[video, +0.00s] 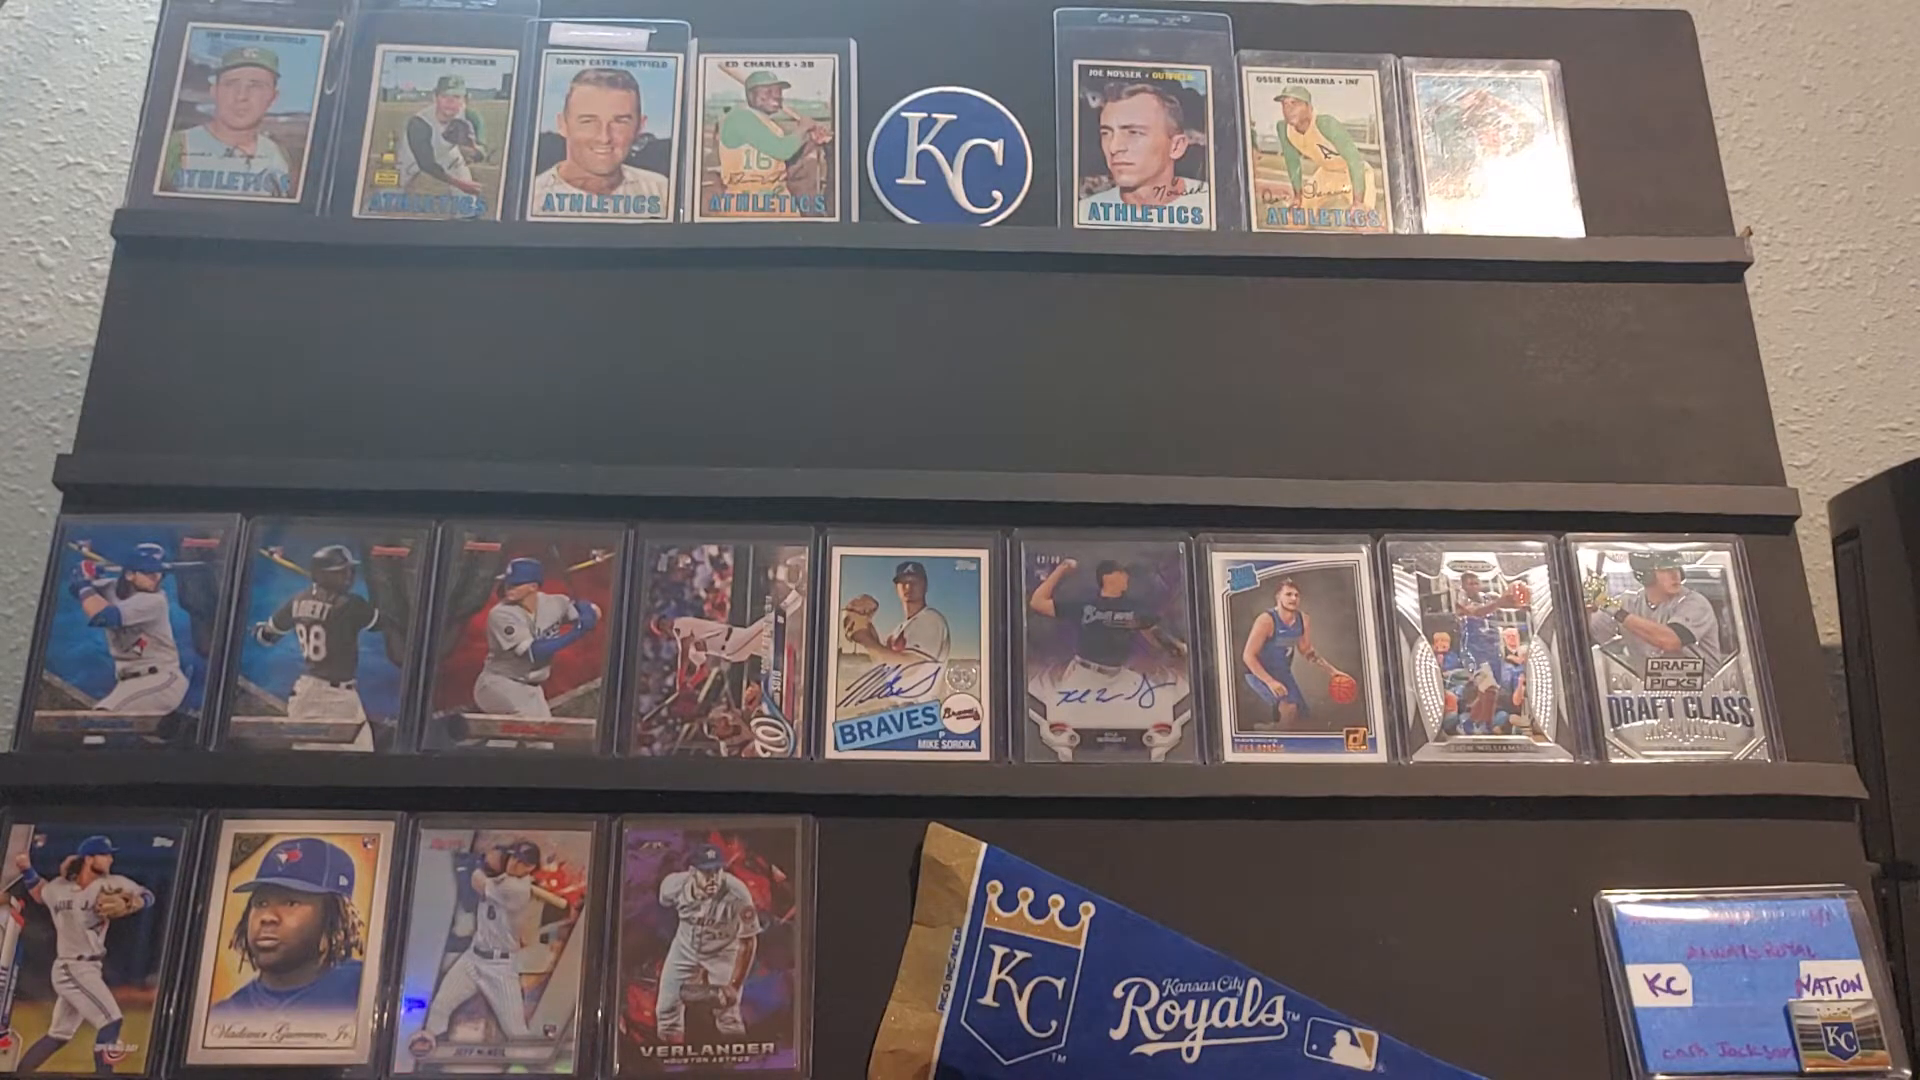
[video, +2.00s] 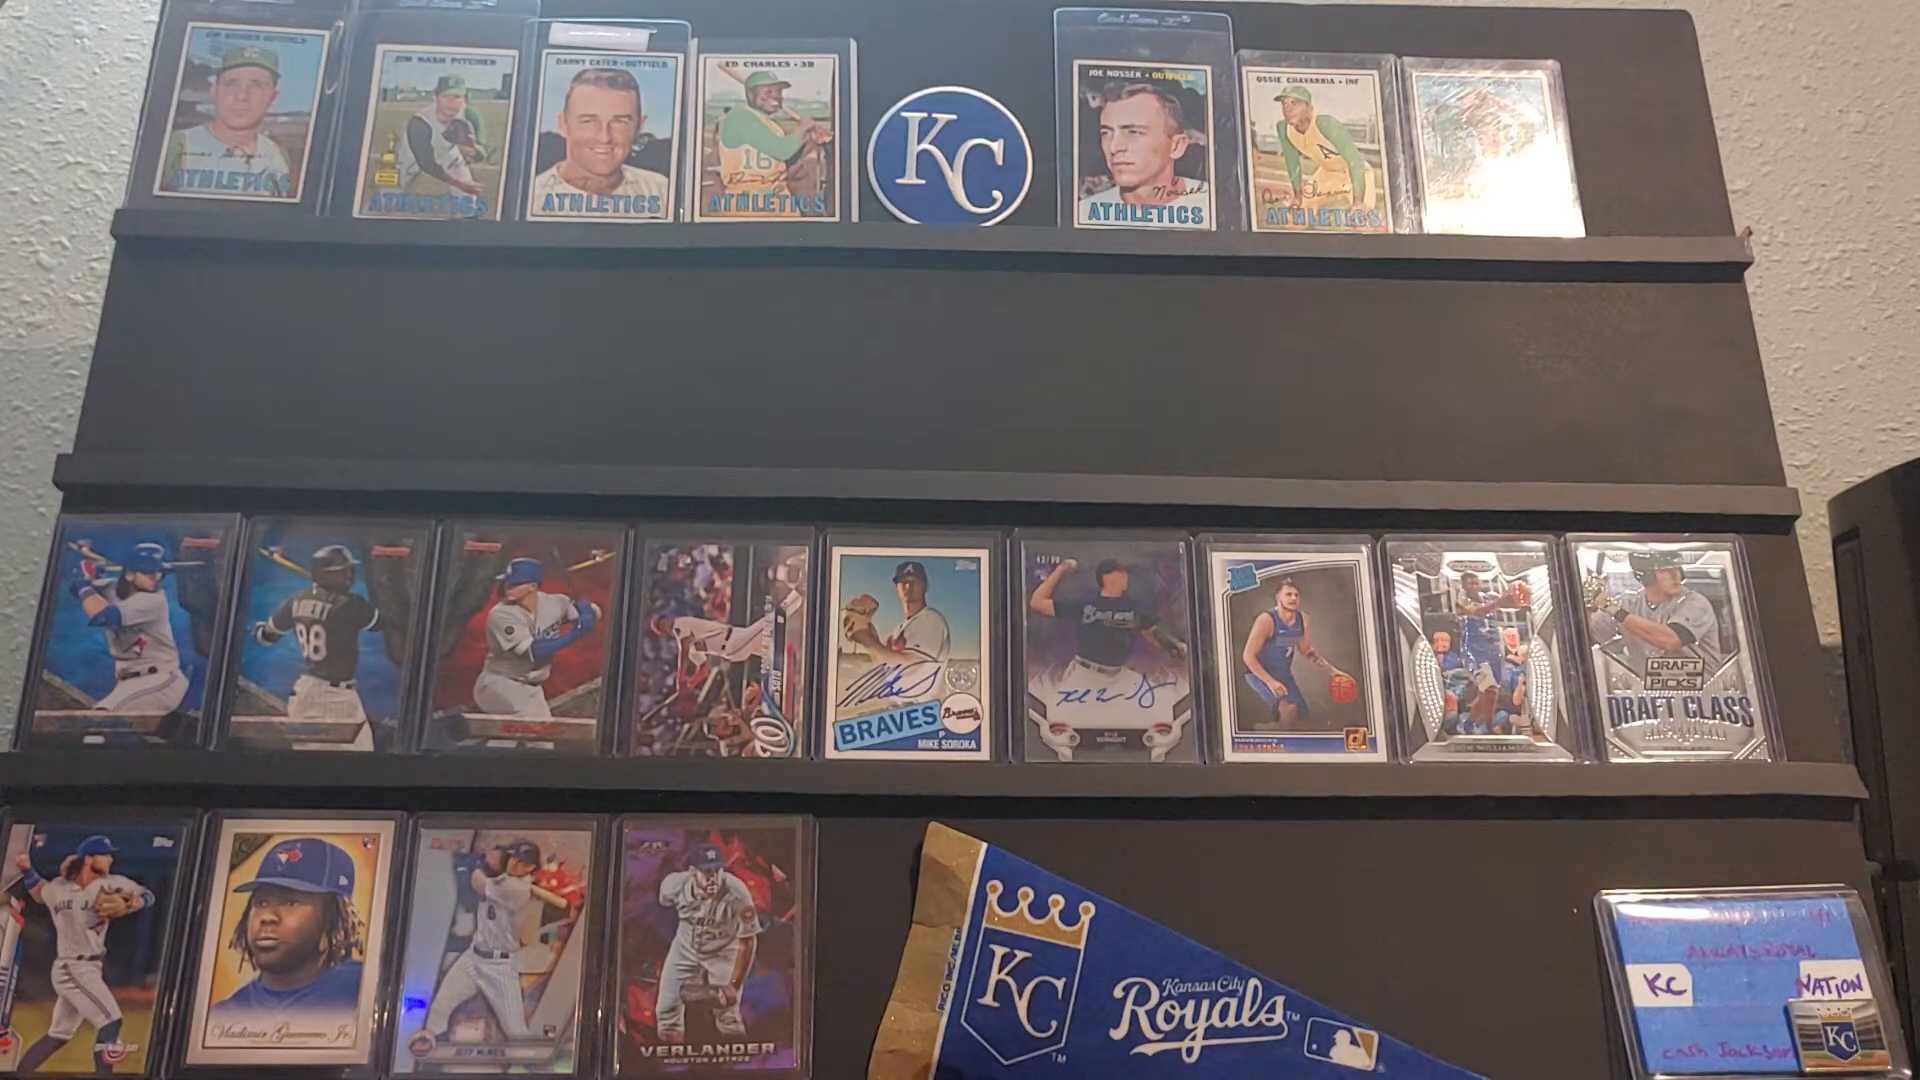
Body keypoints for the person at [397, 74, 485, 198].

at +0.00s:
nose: (451, 102)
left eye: (456, 97)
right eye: (445, 96)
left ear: (464, 101)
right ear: (436, 98)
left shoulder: (470, 117)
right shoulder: (419, 123)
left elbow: (481, 153)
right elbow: (427, 165)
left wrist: (467, 148)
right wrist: (461, 185)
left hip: (455, 166)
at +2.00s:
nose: (451, 102)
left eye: (457, 97)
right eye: (446, 96)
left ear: (464, 100)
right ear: (436, 98)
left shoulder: (470, 115)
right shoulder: (419, 123)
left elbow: (480, 154)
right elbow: (427, 165)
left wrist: (469, 150)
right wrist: (461, 185)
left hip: (454, 165)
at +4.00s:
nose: (451, 101)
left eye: (456, 97)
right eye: (446, 96)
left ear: (464, 101)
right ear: (436, 98)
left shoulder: (470, 116)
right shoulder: (419, 123)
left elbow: (481, 153)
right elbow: (427, 165)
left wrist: (470, 150)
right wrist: (461, 185)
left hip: (454, 164)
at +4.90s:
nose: (450, 103)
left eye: (456, 97)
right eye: (445, 96)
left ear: (464, 101)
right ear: (436, 99)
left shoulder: (469, 117)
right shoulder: (419, 123)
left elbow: (481, 152)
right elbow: (427, 165)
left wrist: (470, 150)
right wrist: (461, 185)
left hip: (455, 167)